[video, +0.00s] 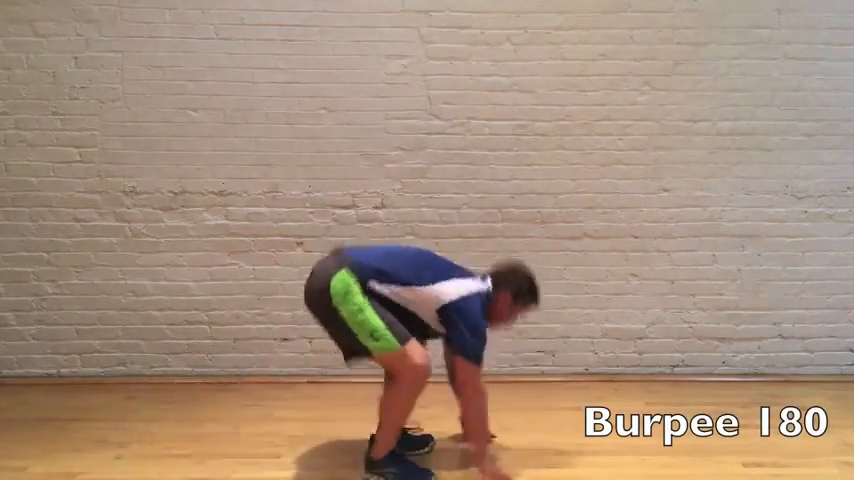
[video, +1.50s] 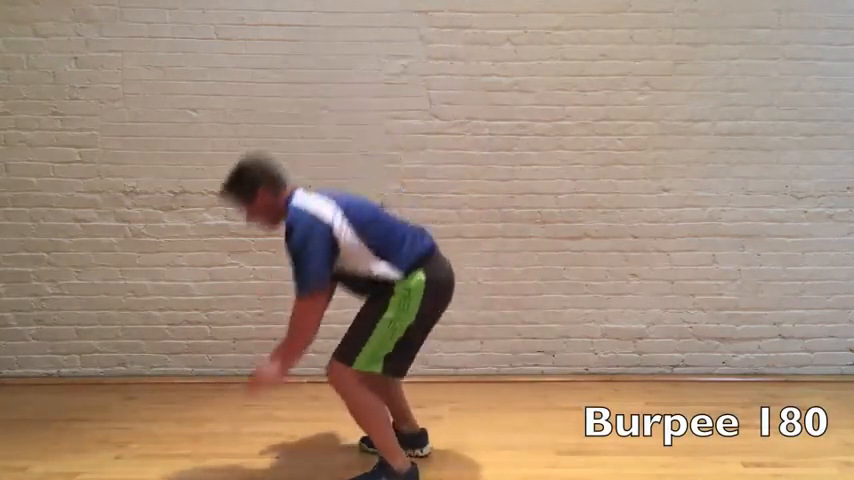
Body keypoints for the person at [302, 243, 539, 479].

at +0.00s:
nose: (514, 320)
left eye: (520, 315)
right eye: (518, 312)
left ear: (498, 291)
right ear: (504, 298)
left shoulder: (469, 289)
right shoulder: (468, 306)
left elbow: (460, 376)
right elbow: (471, 387)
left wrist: (472, 422)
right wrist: (483, 462)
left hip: (340, 272)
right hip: (338, 283)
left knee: (408, 357)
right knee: (413, 367)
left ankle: (389, 435)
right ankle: (381, 457)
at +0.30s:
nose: (492, 149)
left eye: (491, 142)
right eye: (489, 142)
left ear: (451, 142)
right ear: (477, 147)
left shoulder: (425, 171)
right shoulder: (460, 198)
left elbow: (424, 244)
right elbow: (458, 276)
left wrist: (474, 246)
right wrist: (483, 254)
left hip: (345, 273)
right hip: (363, 283)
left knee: (420, 361)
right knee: (445, 369)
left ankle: (390, 434)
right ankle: (377, 455)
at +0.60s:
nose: (365, 4)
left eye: (367, 1)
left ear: (373, 0)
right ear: (412, 0)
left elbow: (319, 94)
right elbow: (468, 107)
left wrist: (348, 84)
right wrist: (420, 111)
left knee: (360, 287)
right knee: (415, 280)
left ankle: (363, 388)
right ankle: (419, 379)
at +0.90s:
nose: (316, 70)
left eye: (322, 61)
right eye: (317, 61)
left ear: (348, 66)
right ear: (348, 67)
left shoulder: (379, 121)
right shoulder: (354, 117)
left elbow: (396, 178)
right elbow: (351, 165)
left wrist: (331, 209)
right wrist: (295, 164)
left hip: (402, 248)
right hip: (380, 245)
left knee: (371, 352)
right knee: (362, 339)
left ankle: (394, 465)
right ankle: (397, 426)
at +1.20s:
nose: (300, 75)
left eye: (305, 65)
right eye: (300, 66)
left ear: (330, 63)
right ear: (334, 64)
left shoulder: (352, 111)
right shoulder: (349, 107)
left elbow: (379, 171)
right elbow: (358, 181)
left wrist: (326, 216)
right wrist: (320, 216)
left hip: (389, 243)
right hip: (386, 239)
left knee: (371, 354)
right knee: (385, 346)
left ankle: (398, 464)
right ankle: (405, 431)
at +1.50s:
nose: (248, 217)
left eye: (248, 206)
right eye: (244, 208)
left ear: (264, 193)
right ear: (270, 189)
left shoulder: (305, 219)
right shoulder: (311, 206)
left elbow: (311, 299)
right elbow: (319, 295)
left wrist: (281, 362)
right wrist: (285, 356)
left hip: (413, 281)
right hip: (423, 272)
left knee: (343, 372)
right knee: (373, 367)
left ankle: (398, 467)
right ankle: (408, 433)